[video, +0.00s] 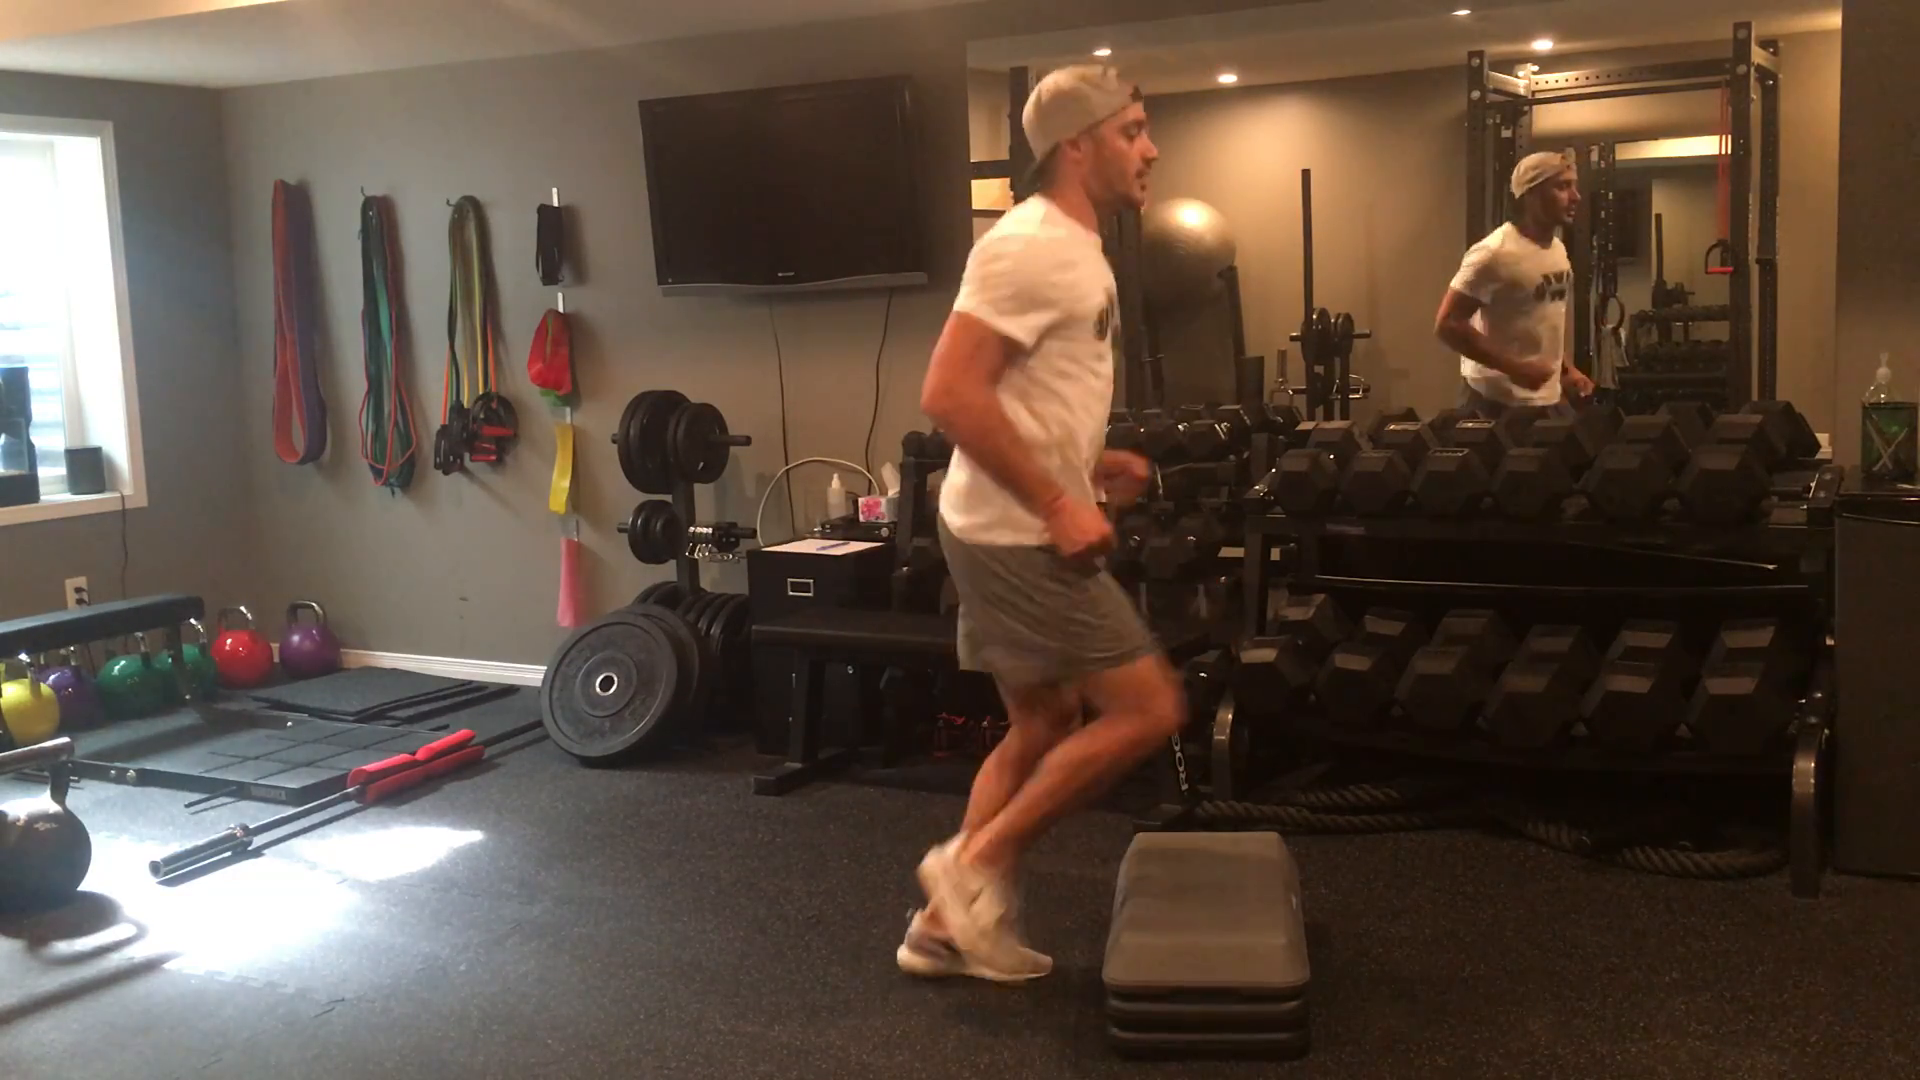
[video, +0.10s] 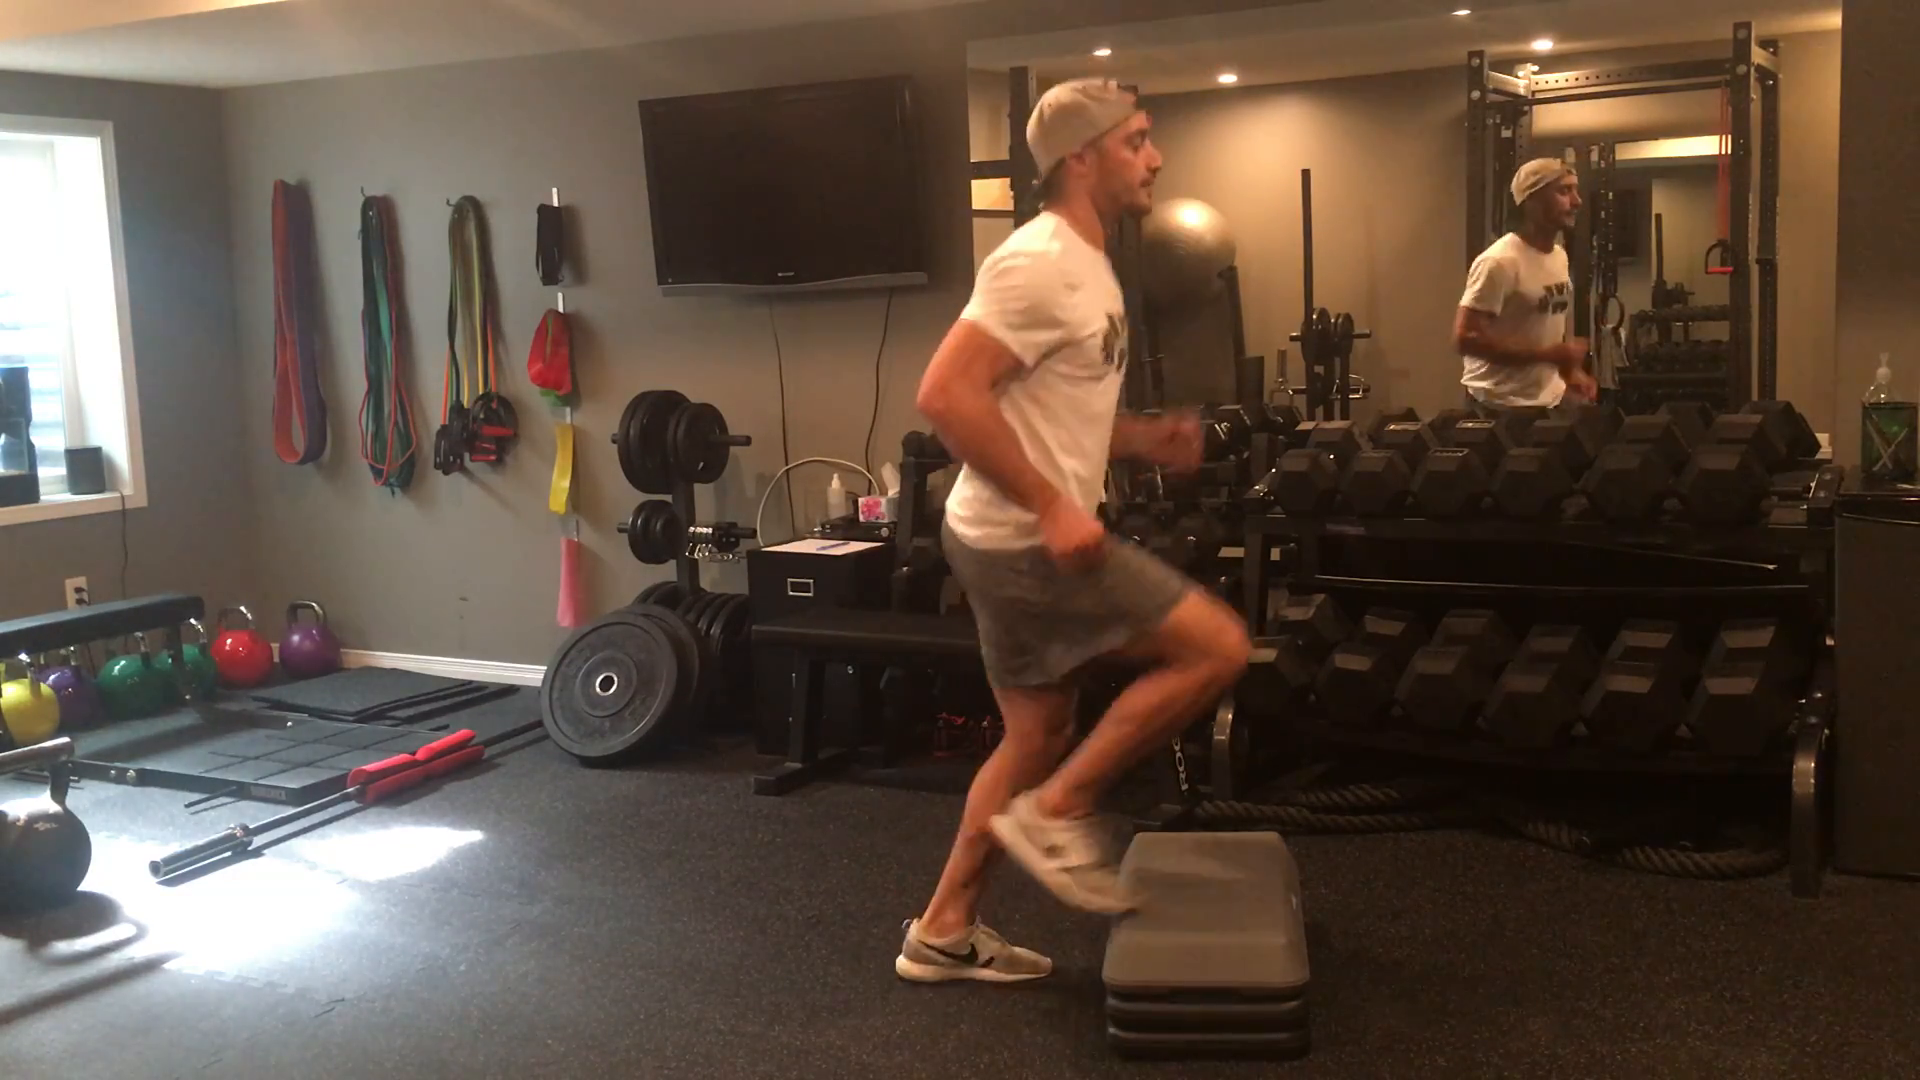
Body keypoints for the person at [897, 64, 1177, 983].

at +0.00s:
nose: (1148, 149)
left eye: (1145, 131)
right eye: (1132, 133)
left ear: (1083, 150)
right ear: (1078, 147)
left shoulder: (1070, 248)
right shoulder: (1031, 244)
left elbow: (1004, 399)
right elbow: (951, 393)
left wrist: (1090, 459)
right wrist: (1056, 503)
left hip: (1014, 524)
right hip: (1011, 526)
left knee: (1042, 726)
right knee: (1147, 706)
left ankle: (945, 921)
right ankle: (974, 862)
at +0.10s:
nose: (1155, 158)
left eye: (1151, 139)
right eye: (1137, 142)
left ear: (1092, 162)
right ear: (1082, 161)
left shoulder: (1081, 262)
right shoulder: (1039, 262)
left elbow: (1043, 408)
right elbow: (946, 393)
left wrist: (1141, 436)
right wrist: (1051, 502)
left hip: (1012, 534)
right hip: (1021, 534)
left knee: (1033, 737)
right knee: (1217, 645)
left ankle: (944, 924)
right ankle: (1051, 809)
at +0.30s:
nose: (1186, 69)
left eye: (1178, 52)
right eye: (1166, 54)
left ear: (1124, 80)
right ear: (1112, 79)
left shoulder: (1121, 182)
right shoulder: (1074, 181)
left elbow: (1076, 332)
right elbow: (1001, 331)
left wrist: (1166, 352)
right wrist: (1142, 379)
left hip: (1068, 461)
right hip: (1077, 466)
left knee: (1124, 650)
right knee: (1224, 630)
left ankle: (986, 836)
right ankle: (1141, 850)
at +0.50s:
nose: (1204, 15)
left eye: (1201, 3)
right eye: (1188, 0)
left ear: (1134, 17)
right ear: (1129, 10)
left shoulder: (1131, 116)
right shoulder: (1088, 112)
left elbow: (1089, 276)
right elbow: (1045, 273)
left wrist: (1179, 324)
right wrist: (1179, 316)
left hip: (1115, 399)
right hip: (1075, 407)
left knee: (1202, 568)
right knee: (1167, 606)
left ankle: (1103, 780)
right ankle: (1138, 838)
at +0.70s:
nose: (1194, 40)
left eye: (1192, 22)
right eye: (1176, 20)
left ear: (1132, 39)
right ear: (1116, 33)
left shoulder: (1122, 145)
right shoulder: (1069, 136)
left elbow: (1078, 291)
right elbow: (1001, 285)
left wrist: (1159, 341)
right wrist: (1143, 341)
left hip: (1104, 431)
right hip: (1058, 436)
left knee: (1175, 625)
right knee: (1165, 628)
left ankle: (1143, 837)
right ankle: (1024, 823)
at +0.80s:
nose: (1177, 61)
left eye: (1173, 42)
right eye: (1159, 41)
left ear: (1118, 62)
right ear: (1099, 58)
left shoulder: (1110, 171)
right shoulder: (1051, 164)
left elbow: (1055, 316)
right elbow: (982, 312)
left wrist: (1142, 359)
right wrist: (1124, 361)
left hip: (1099, 452)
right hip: (1039, 459)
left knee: (1182, 612)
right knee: (1110, 664)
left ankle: (1144, 830)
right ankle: (968, 859)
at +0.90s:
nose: (1153, 81)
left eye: (1148, 63)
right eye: (1136, 62)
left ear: (1086, 82)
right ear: (1078, 78)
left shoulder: (1076, 186)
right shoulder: (1021, 184)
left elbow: (1025, 333)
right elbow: (966, 335)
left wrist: (1109, 374)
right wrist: (1111, 365)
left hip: (1064, 471)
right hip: (995, 480)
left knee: (1179, 590)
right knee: (1014, 698)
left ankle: (1148, 807)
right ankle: (944, 920)